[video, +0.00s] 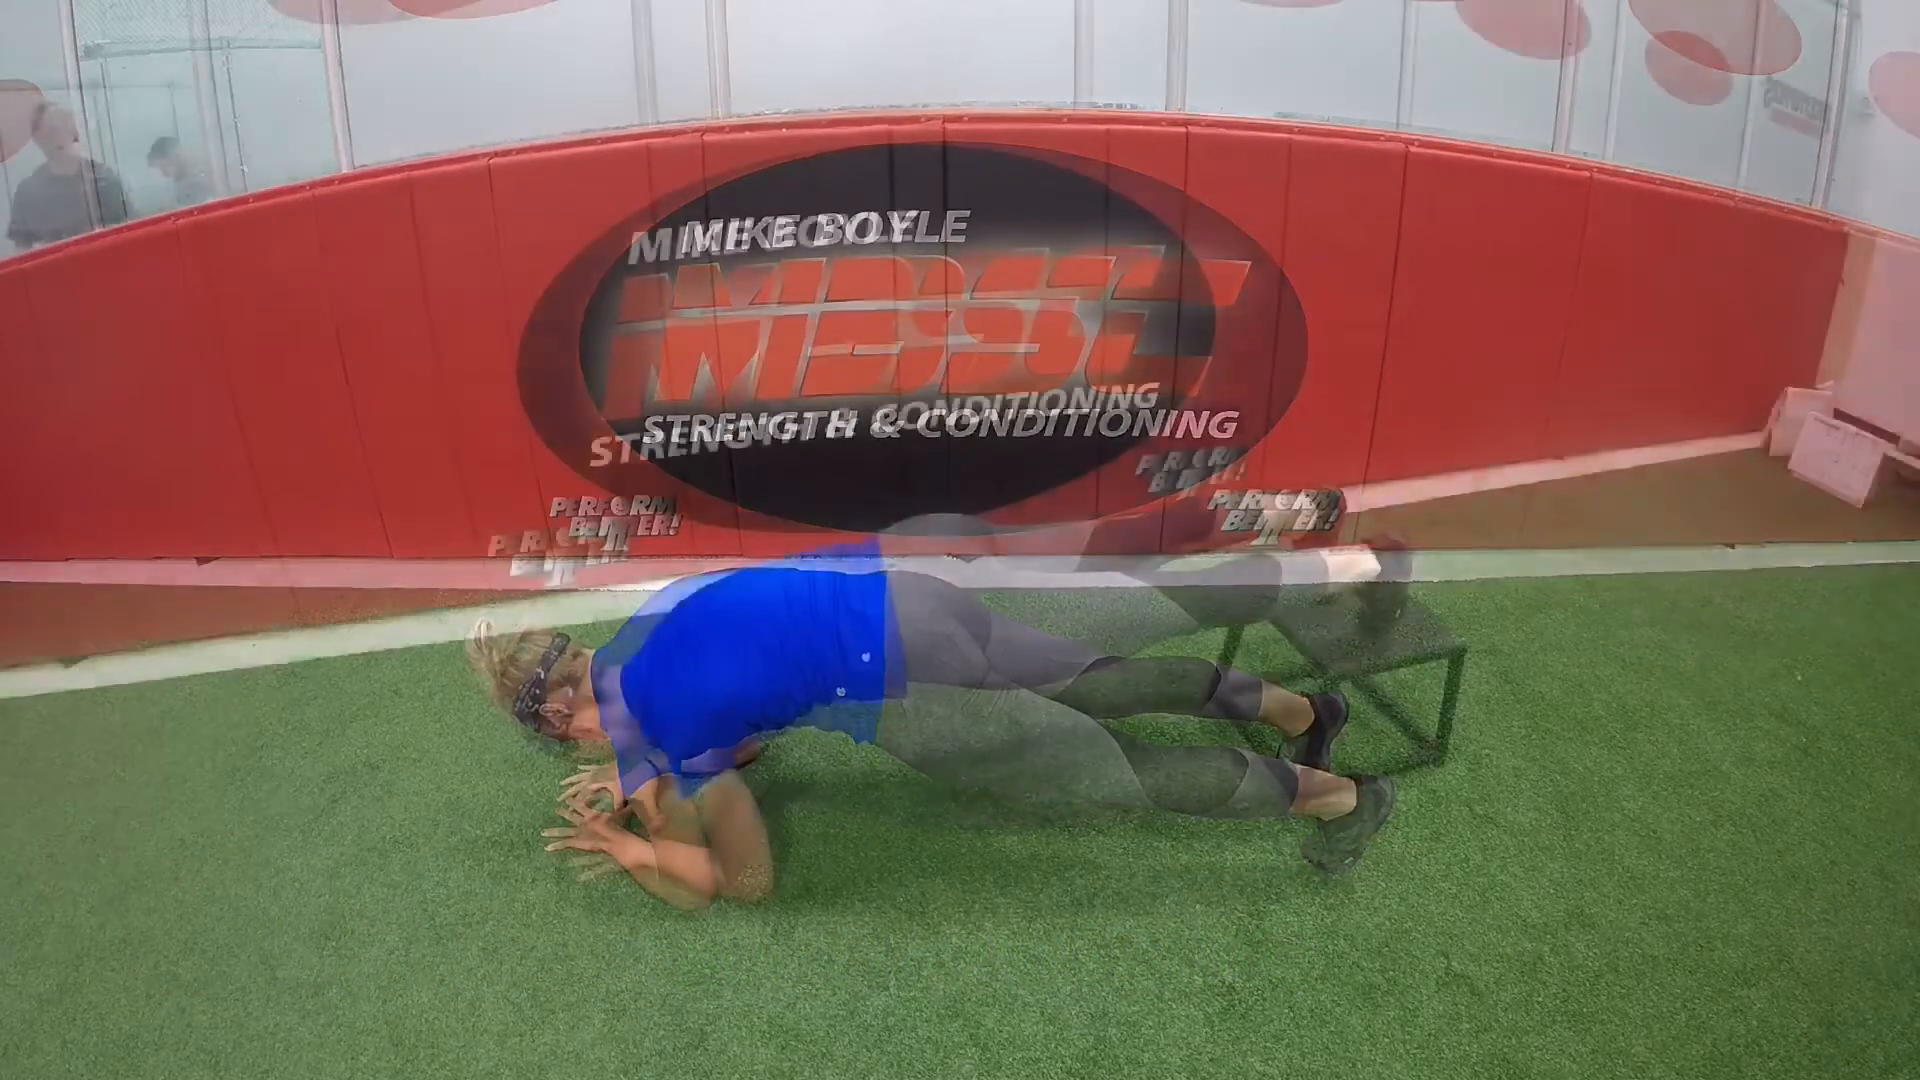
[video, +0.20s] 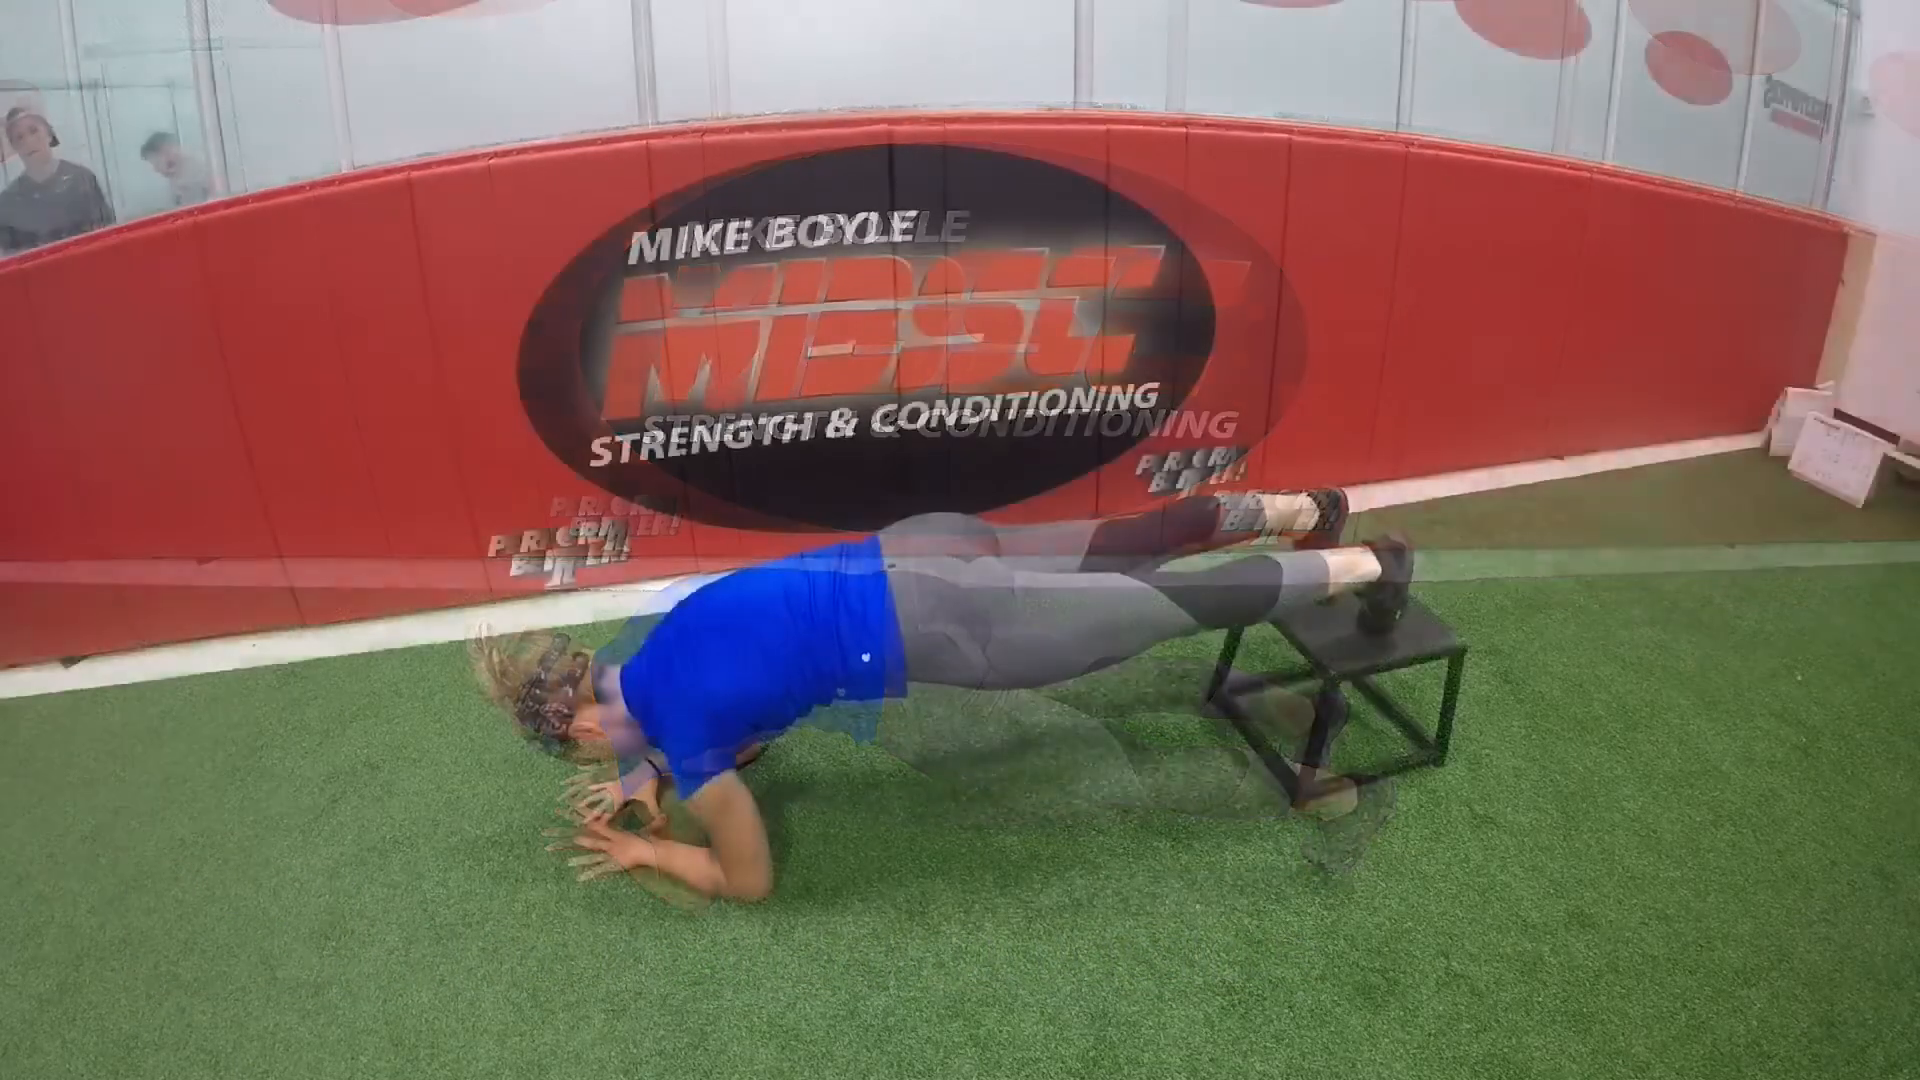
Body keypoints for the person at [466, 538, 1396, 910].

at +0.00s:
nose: (582, 744)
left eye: (564, 732)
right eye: (569, 734)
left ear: (575, 703)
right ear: (581, 660)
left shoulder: (650, 711)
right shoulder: (653, 627)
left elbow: (739, 878)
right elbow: (739, 759)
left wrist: (629, 852)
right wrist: (649, 782)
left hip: (897, 681)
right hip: (906, 583)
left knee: (1106, 774)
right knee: (1082, 670)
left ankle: (1325, 791)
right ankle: (1283, 706)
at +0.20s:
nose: (594, 755)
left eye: (578, 741)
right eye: (580, 745)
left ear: (592, 707)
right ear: (589, 677)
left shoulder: (681, 720)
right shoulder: (658, 640)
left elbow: (744, 880)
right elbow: (746, 756)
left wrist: (641, 858)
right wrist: (659, 808)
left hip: (926, 626)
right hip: (905, 544)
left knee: (1147, 611)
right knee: (1101, 556)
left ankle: (1330, 572)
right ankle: (1260, 514)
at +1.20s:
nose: (606, 752)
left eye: (591, 743)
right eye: (595, 745)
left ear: (600, 710)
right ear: (599, 670)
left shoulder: (689, 718)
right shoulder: (672, 628)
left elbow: (748, 878)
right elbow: (749, 739)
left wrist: (645, 854)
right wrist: (663, 792)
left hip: (938, 625)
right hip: (922, 539)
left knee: (1171, 606)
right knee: (1119, 544)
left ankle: (1345, 563)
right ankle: (1269, 508)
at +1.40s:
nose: (604, 750)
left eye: (589, 742)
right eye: (592, 743)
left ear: (599, 710)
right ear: (598, 669)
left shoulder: (690, 721)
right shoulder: (670, 629)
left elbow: (748, 879)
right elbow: (747, 739)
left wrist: (644, 853)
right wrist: (662, 791)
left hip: (937, 624)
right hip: (923, 539)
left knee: (1170, 606)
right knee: (1119, 543)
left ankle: (1342, 562)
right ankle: (1278, 509)